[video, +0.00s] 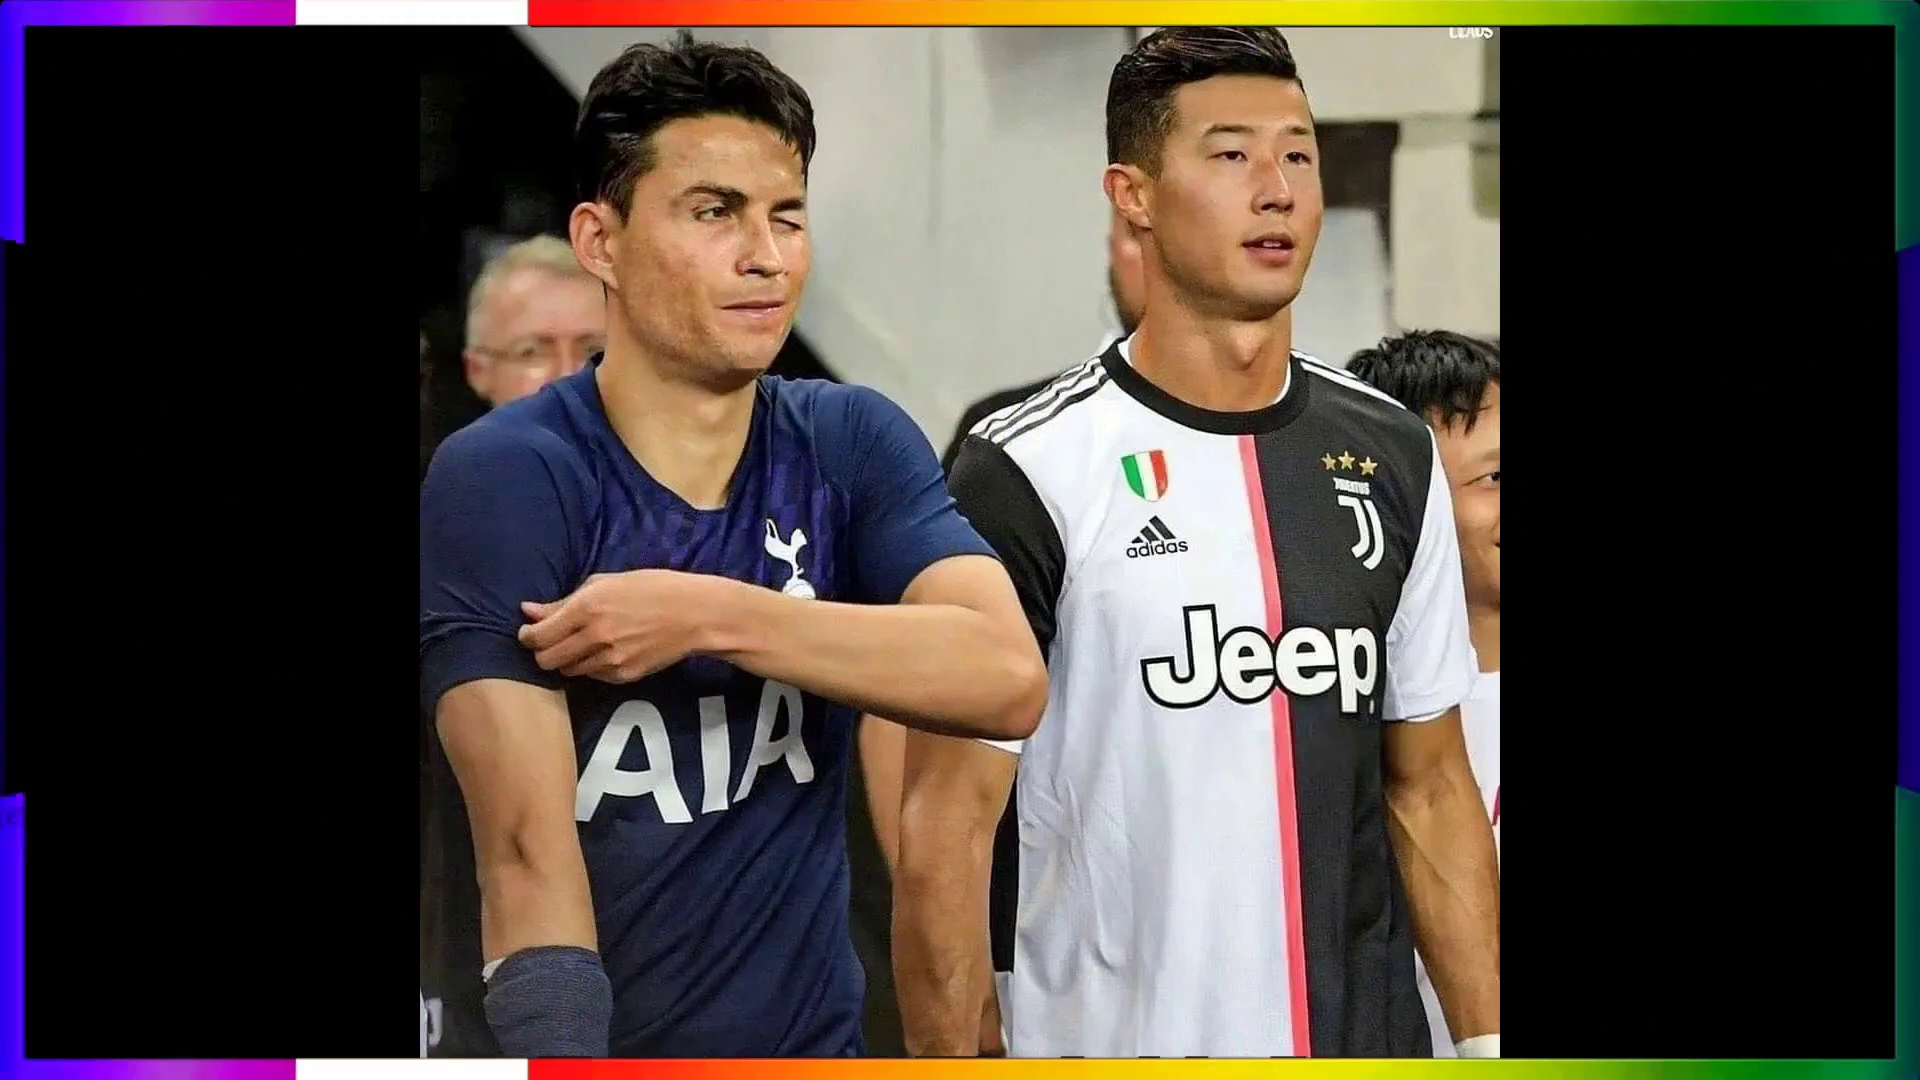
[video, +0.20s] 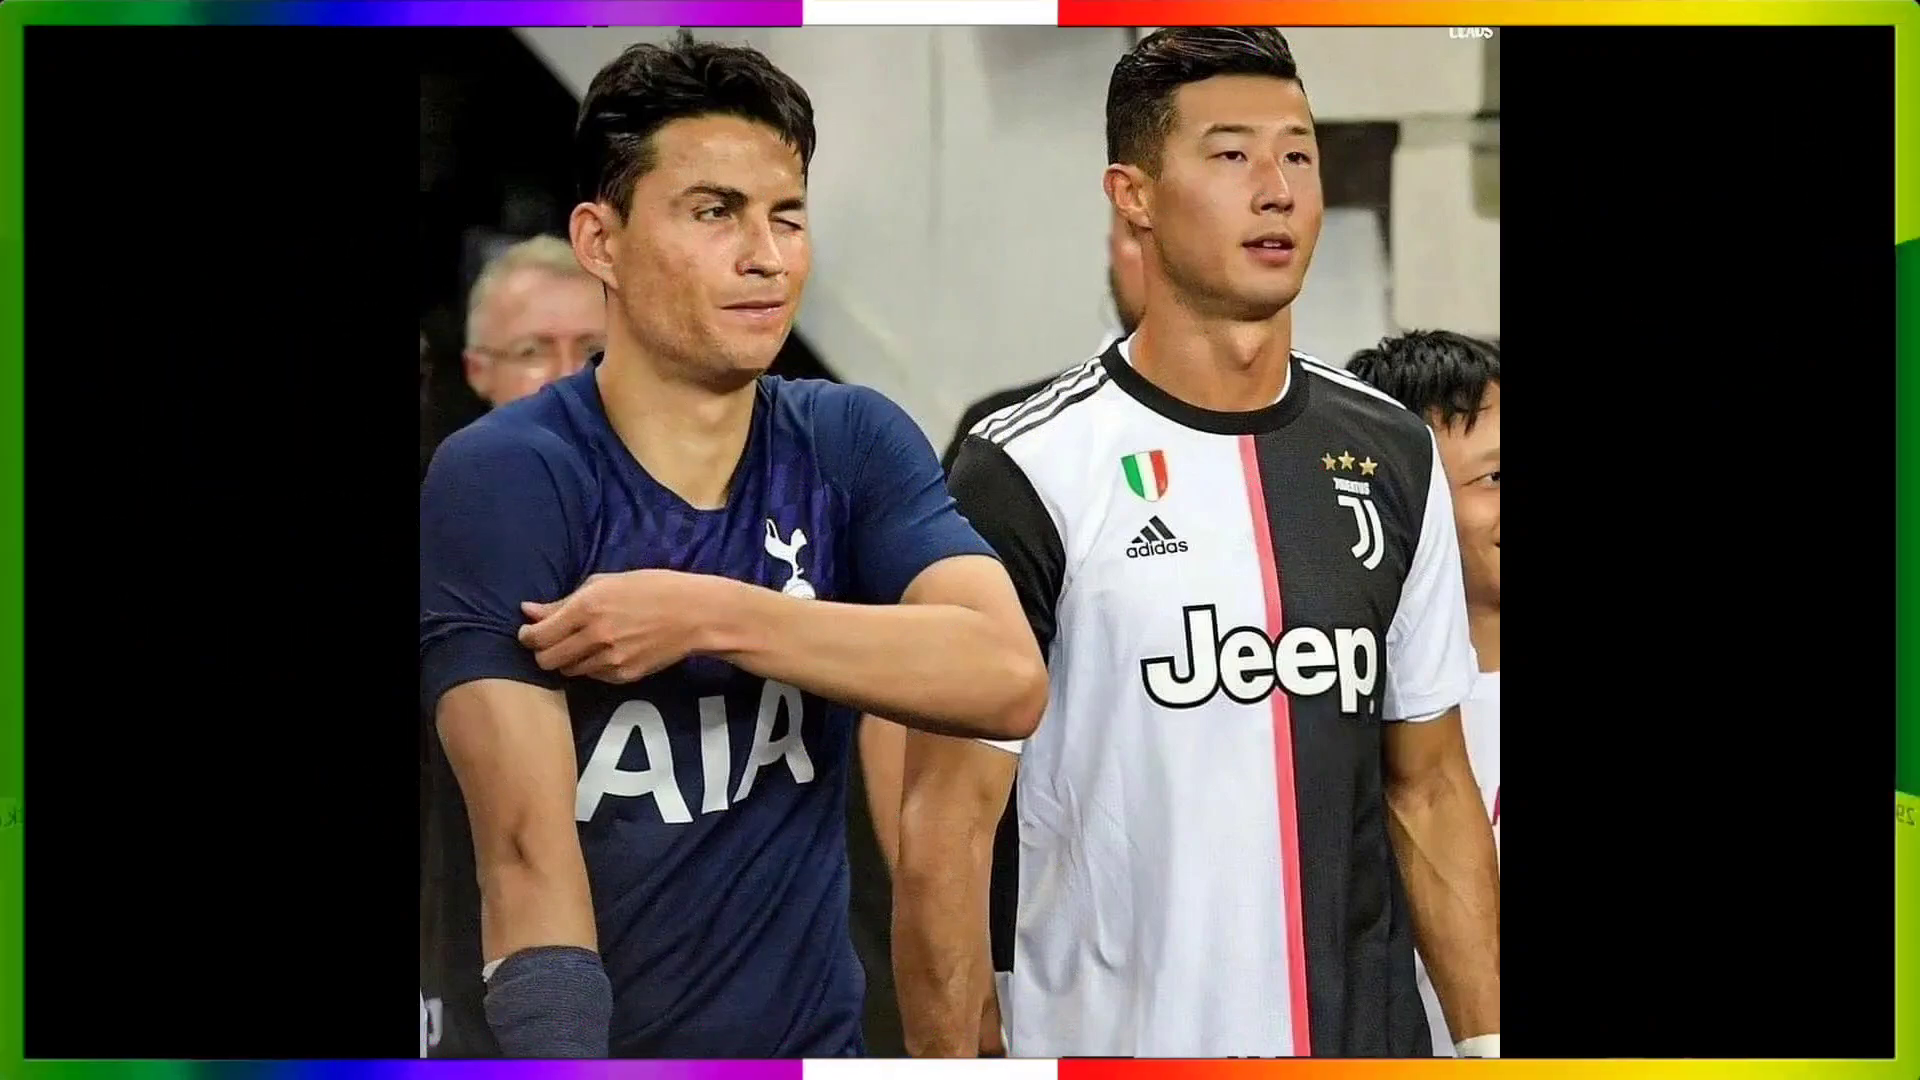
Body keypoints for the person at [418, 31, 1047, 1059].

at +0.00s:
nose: (766, 257)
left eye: (786, 218)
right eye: (712, 212)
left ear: (809, 237)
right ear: (601, 241)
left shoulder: (856, 439)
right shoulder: (499, 476)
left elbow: (1009, 681)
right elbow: (525, 850)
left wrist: (713, 613)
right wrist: (560, 1058)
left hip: (809, 1040)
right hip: (599, 1037)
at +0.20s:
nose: (766, 257)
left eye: (785, 218)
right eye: (712, 212)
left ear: (809, 237)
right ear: (601, 241)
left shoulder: (856, 439)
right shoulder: (499, 476)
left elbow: (1009, 681)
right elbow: (525, 851)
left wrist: (713, 613)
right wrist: (561, 1059)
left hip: (810, 1042)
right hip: (592, 1036)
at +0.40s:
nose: (766, 257)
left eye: (785, 218)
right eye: (712, 212)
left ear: (809, 237)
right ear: (601, 241)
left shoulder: (857, 439)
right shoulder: (499, 476)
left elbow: (1009, 681)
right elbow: (525, 851)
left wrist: (714, 613)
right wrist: (561, 1059)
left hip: (812, 1042)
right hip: (593, 1036)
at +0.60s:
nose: (765, 257)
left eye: (785, 217)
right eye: (712, 212)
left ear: (809, 236)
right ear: (601, 242)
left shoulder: (856, 439)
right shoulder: (499, 477)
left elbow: (1009, 681)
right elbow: (525, 851)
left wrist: (713, 613)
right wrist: (560, 1060)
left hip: (810, 1042)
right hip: (598, 1037)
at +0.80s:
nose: (765, 257)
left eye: (785, 217)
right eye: (712, 212)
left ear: (809, 236)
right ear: (601, 242)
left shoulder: (856, 439)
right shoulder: (499, 477)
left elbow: (1009, 681)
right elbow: (525, 851)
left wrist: (713, 613)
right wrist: (560, 1060)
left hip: (811, 1041)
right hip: (598, 1036)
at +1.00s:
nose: (765, 257)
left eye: (785, 217)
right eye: (712, 212)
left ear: (809, 235)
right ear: (601, 242)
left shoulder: (856, 439)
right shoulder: (500, 476)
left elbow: (1009, 681)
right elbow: (525, 851)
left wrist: (714, 613)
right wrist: (560, 1059)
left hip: (810, 1041)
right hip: (599, 1037)